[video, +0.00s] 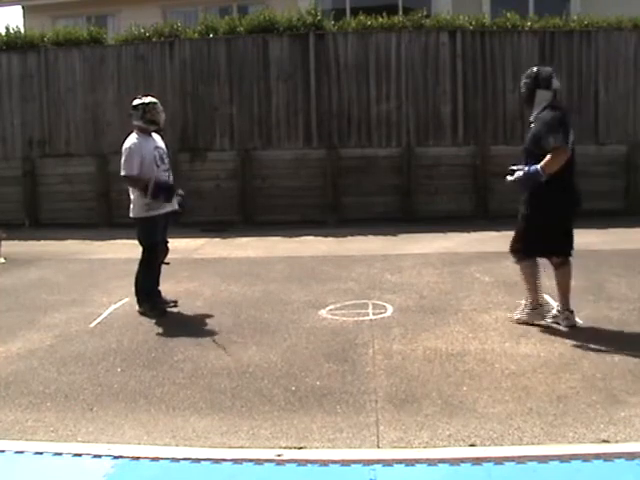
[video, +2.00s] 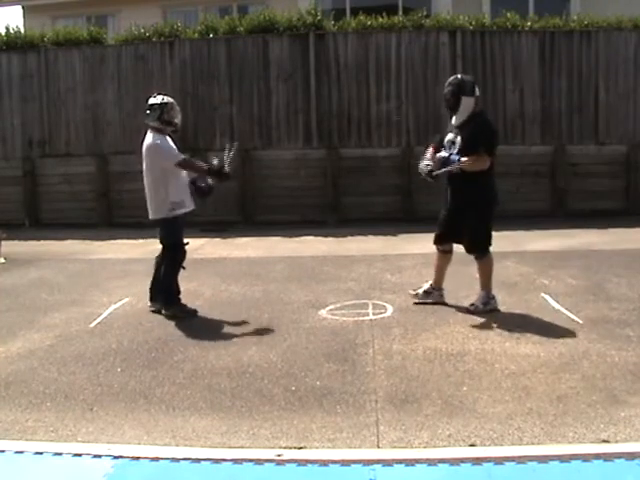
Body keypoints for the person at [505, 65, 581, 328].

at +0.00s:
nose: (522, 94)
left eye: (526, 89)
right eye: (524, 89)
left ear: (536, 91)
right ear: (548, 90)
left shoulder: (552, 118)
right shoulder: (545, 117)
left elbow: (560, 153)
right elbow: (547, 155)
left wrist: (533, 172)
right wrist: (527, 169)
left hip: (545, 199)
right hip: (555, 197)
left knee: (522, 249)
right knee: (559, 253)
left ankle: (534, 303)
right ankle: (564, 309)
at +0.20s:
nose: (502, 99)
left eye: (505, 94)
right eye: (503, 93)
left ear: (515, 97)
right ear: (526, 96)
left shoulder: (529, 126)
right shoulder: (529, 123)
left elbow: (541, 161)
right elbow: (529, 161)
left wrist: (513, 178)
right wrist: (505, 171)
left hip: (529, 200)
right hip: (543, 199)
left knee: (508, 250)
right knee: (547, 254)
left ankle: (500, 301)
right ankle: (562, 308)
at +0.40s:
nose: (486, 98)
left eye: (489, 93)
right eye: (487, 93)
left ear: (499, 97)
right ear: (509, 96)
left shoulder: (507, 126)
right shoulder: (513, 121)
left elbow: (507, 166)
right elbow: (508, 161)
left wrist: (484, 183)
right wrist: (487, 168)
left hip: (504, 197)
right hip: (513, 195)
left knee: (492, 248)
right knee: (511, 245)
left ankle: (497, 300)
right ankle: (540, 284)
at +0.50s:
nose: (479, 97)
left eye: (482, 92)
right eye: (480, 92)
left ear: (492, 95)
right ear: (500, 96)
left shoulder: (502, 125)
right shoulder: (496, 122)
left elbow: (498, 164)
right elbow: (490, 157)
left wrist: (476, 183)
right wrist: (474, 171)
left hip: (499, 196)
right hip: (497, 195)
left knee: (489, 247)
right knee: (492, 244)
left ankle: (497, 300)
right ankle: (511, 286)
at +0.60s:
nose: (472, 96)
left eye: (476, 91)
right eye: (473, 90)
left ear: (488, 94)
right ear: (490, 95)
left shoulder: (499, 123)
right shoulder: (487, 121)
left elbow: (494, 162)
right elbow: (481, 155)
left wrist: (472, 182)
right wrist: (468, 173)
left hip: (496, 195)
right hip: (487, 193)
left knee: (488, 245)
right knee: (477, 241)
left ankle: (497, 300)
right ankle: (487, 289)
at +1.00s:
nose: (441, 102)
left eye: (445, 97)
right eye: (441, 97)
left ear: (458, 99)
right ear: (456, 99)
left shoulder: (476, 126)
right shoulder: (453, 127)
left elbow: (486, 157)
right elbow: (457, 162)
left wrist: (470, 185)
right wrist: (444, 181)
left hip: (475, 196)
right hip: (456, 195)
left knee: (473, 248)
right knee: (452, 244)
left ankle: (495, 298)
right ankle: (451, 290)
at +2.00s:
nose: (447, 101)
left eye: (452, 96)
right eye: (447, 96)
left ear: (467, 98)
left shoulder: (481, 124)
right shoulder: (456, 123)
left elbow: (484, 161)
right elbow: (448, 151)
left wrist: (451, 165)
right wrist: (433, 157)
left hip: (478, 200)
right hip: (457, 197)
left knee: (479, 247)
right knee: (444, 241)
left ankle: (486, 295)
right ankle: (436, 287)